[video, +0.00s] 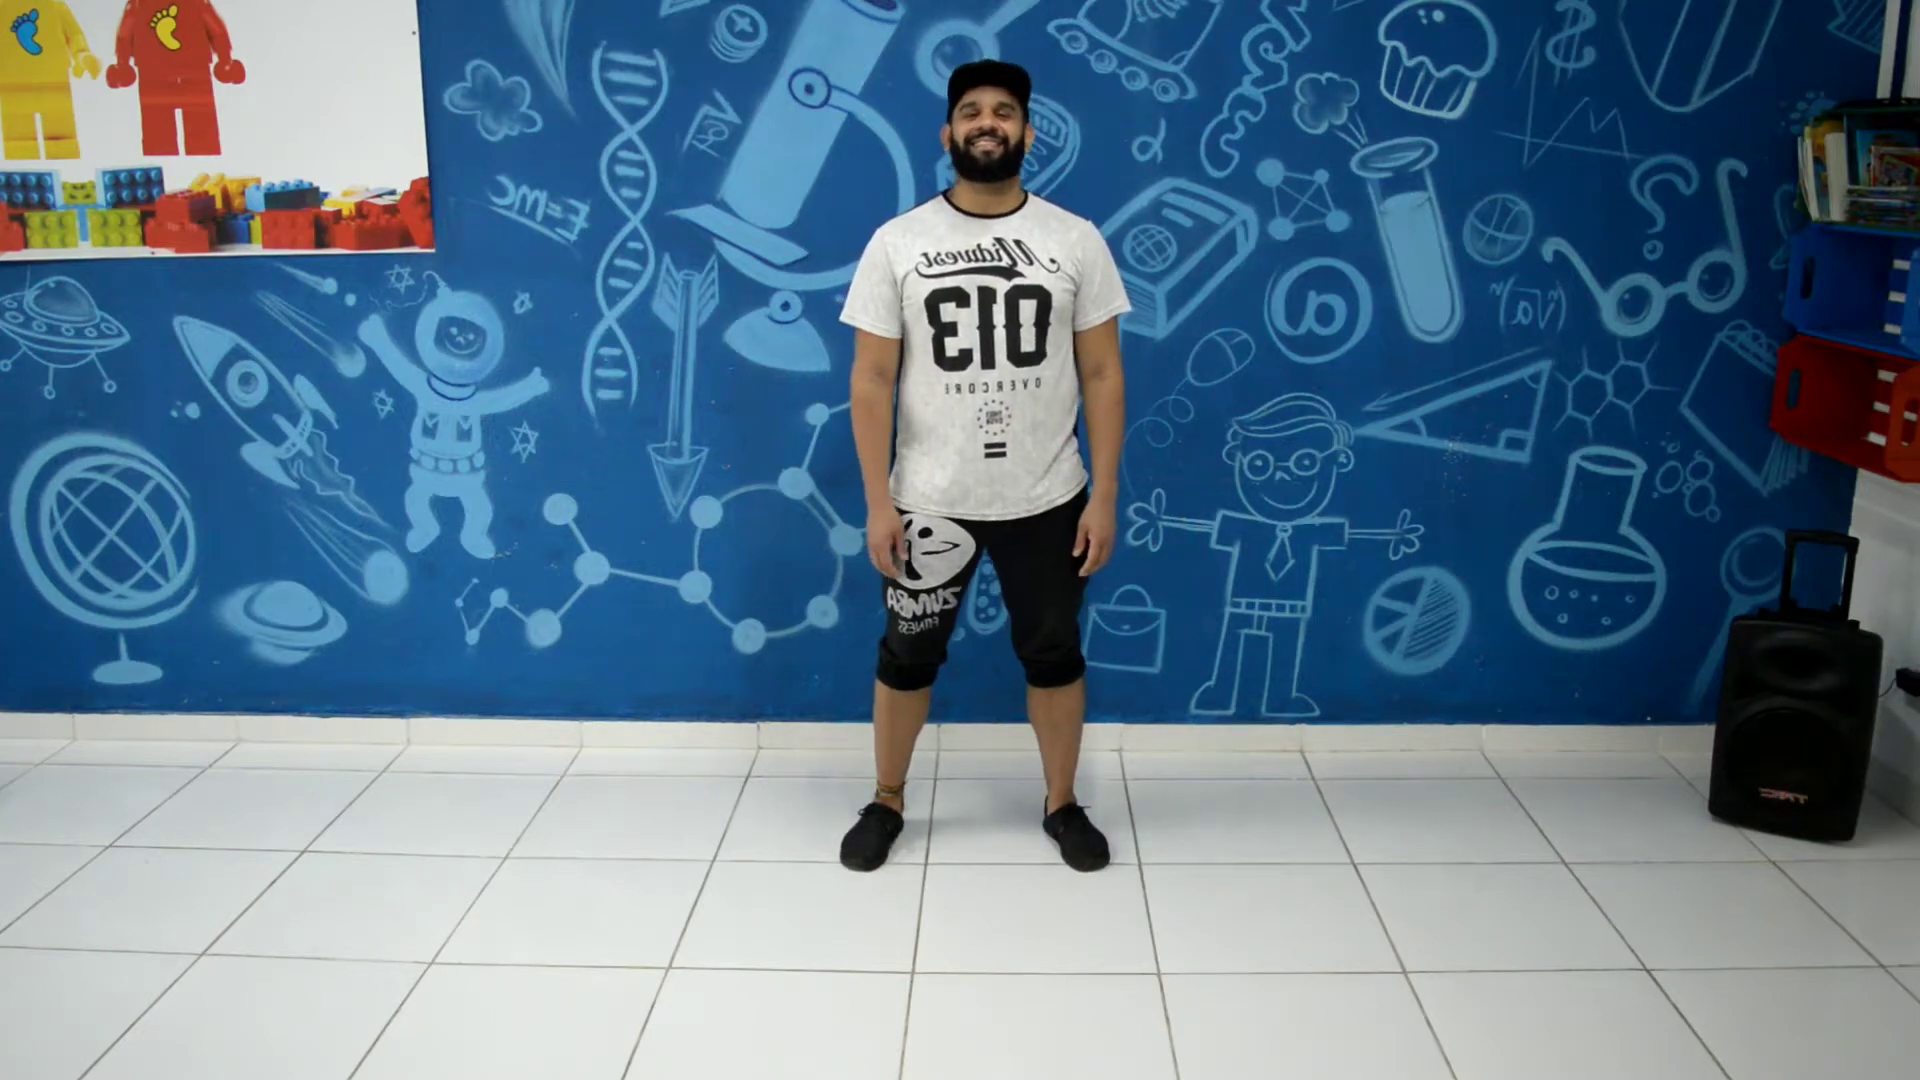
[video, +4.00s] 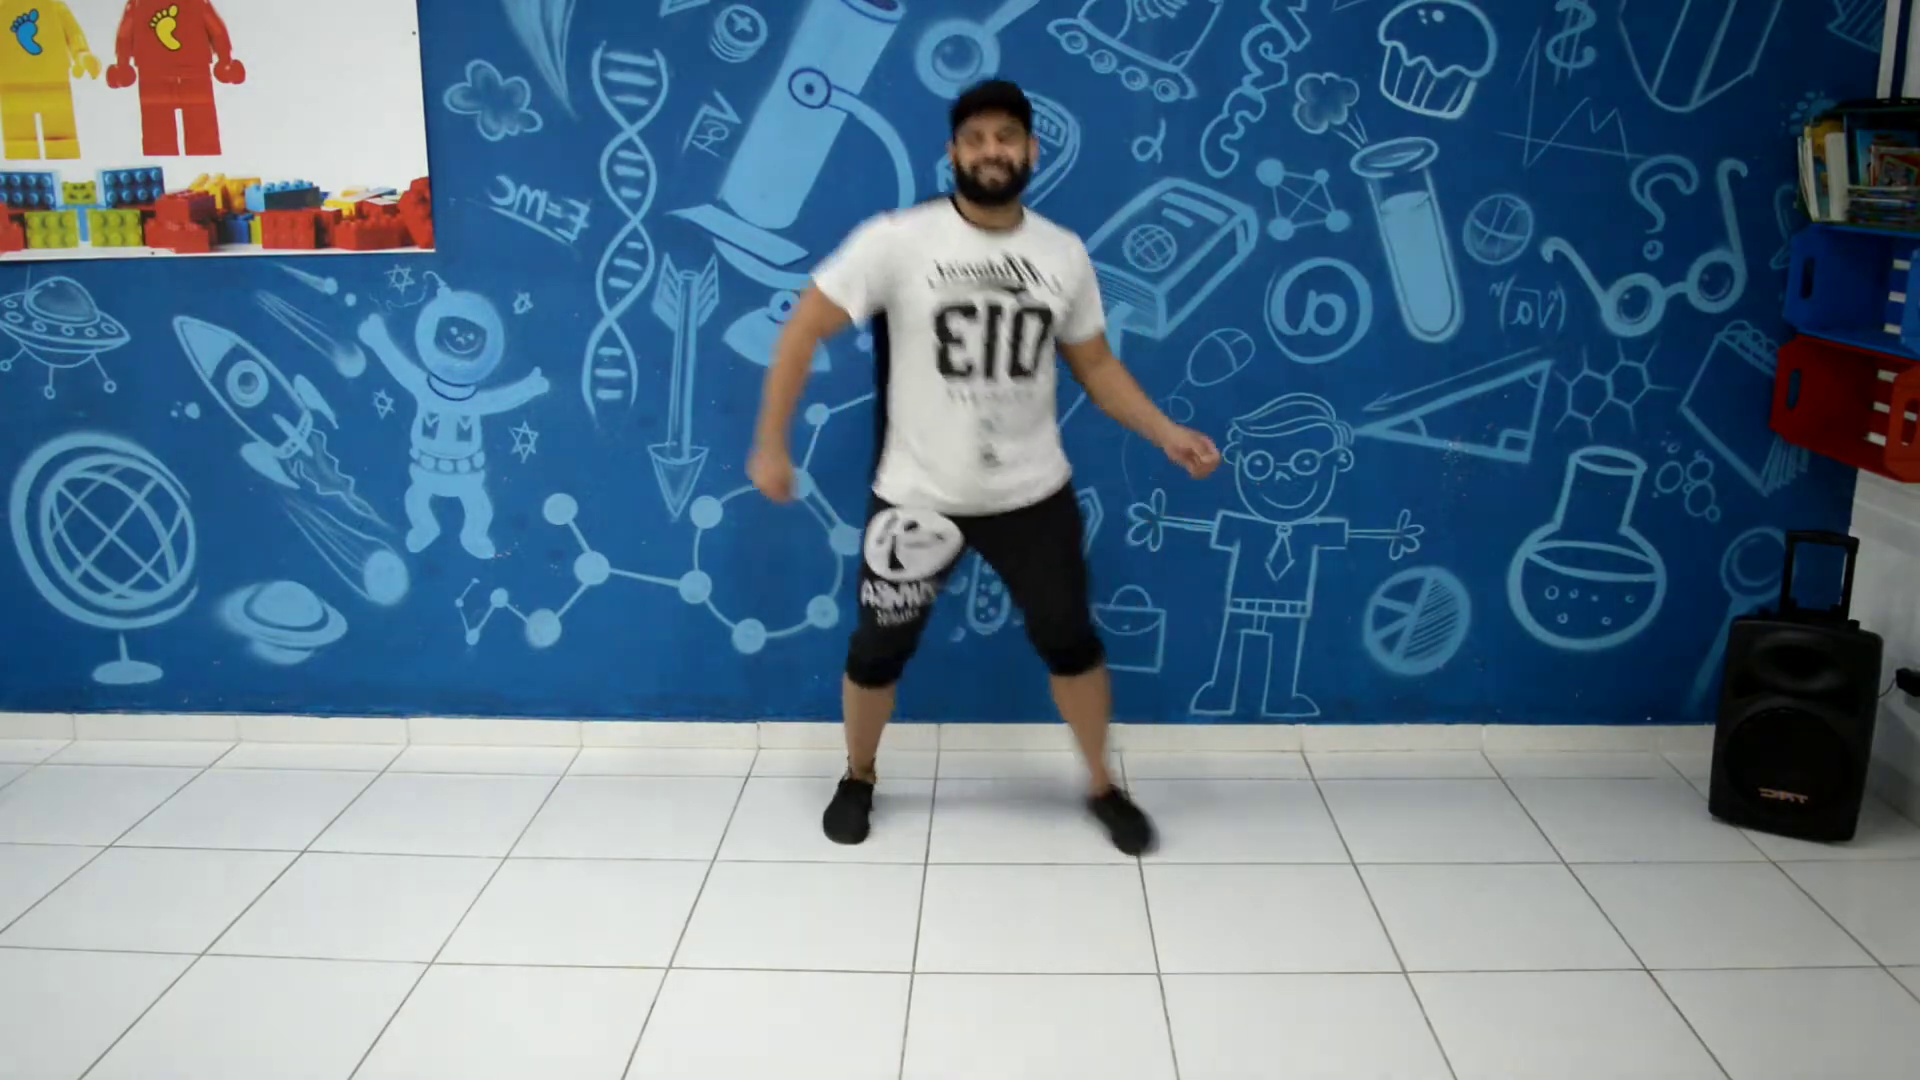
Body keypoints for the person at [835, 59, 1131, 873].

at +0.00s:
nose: (986, 126)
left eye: (1003, 115)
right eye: (971, 115)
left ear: (1026, 135)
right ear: (949, 135)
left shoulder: (1077, 242)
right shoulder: (898, 245)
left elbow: (1101, 373)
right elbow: (872, 378)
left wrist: (1105, 495)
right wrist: (878, 498)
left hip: (1045, 497)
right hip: (932, 498)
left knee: (1056, 657)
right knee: (907, 656)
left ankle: (1063, 805)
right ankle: (885, 802)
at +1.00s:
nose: (941, 135)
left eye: (954, 121)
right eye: (923, 126)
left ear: (981, 134)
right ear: (901, 148)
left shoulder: (1035, 248)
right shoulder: (854, 236)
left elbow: (1071, 360)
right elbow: (778, 325)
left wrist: (1113, 424)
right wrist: (700, 403)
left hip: (988, 494)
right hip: (875, 491)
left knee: (1010, 665)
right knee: (865, 664)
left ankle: (975, 763)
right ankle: (871, 800)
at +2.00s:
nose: (1056, 154)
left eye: (1072, 143)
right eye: (1041, 140)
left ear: (1090, 160)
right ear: (1013, 153)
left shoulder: (1134, 251)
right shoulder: (959, 268)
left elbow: (1161, 377)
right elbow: (942, 402)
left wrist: (1092, 478)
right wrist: (994, 512)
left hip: (1119, 497)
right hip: (1014, 509)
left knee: (1129, 658)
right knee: (1011, 669)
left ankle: (1135, 798)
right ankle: (1084, 738)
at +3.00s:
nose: (950, 143)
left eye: (967, 133)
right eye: (936, 132)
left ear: (993, 152)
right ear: (915, 152)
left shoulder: (1043, 254)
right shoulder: (875, 253)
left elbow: (1103, 369)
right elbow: (824, 359)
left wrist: (1111, 490)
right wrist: (843, 446)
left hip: (1005, 498)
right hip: (897, 492)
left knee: (1045, 658)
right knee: (854, 643)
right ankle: (870, 782)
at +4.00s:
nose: (993, 151)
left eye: (1009, 137)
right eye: (976, 138)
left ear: (1031, 153)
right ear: (953, 151)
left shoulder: (1062, 256)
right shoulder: (893, 243)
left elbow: (1096, 363)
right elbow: (803, 328)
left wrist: (1167, 432)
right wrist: (770, 443)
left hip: (1031, 491)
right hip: (918, 491)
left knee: (1072, 641)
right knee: (879, 647)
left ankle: (1104, 787)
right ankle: (858, 777)